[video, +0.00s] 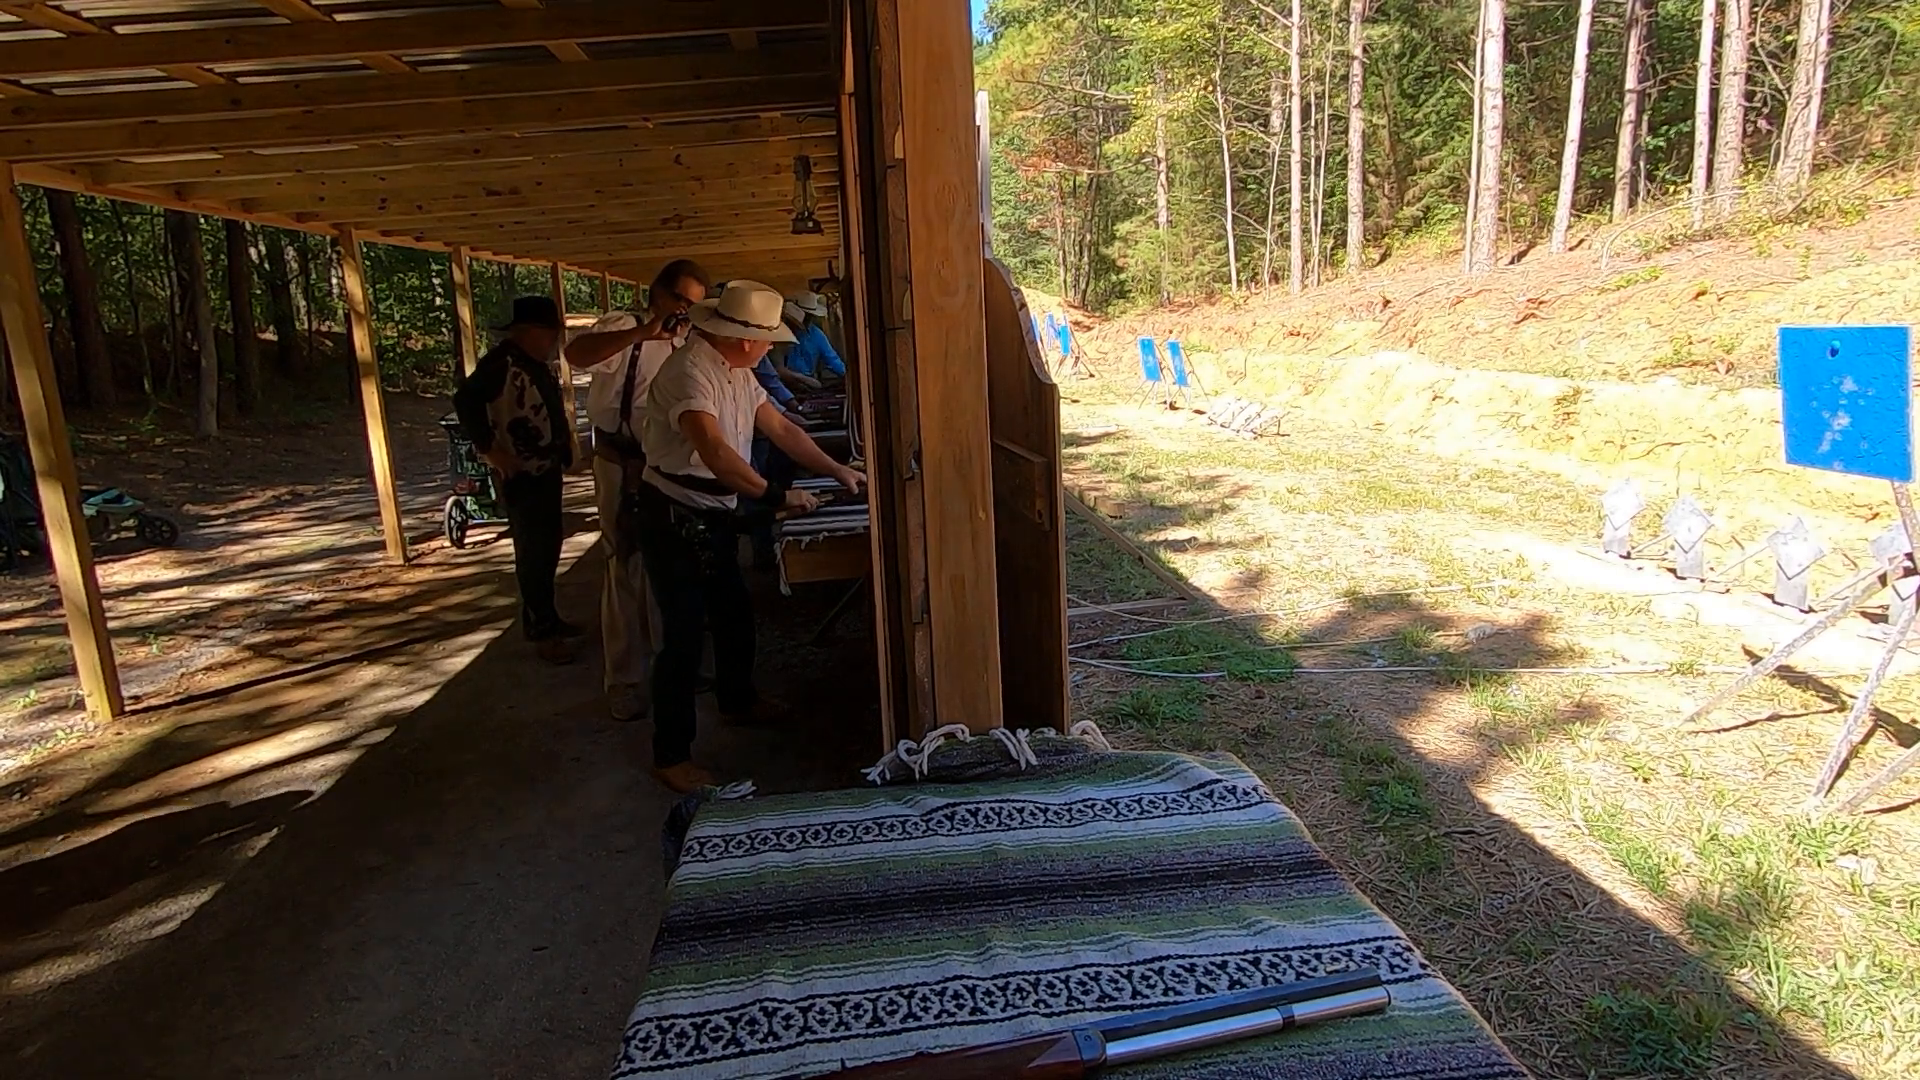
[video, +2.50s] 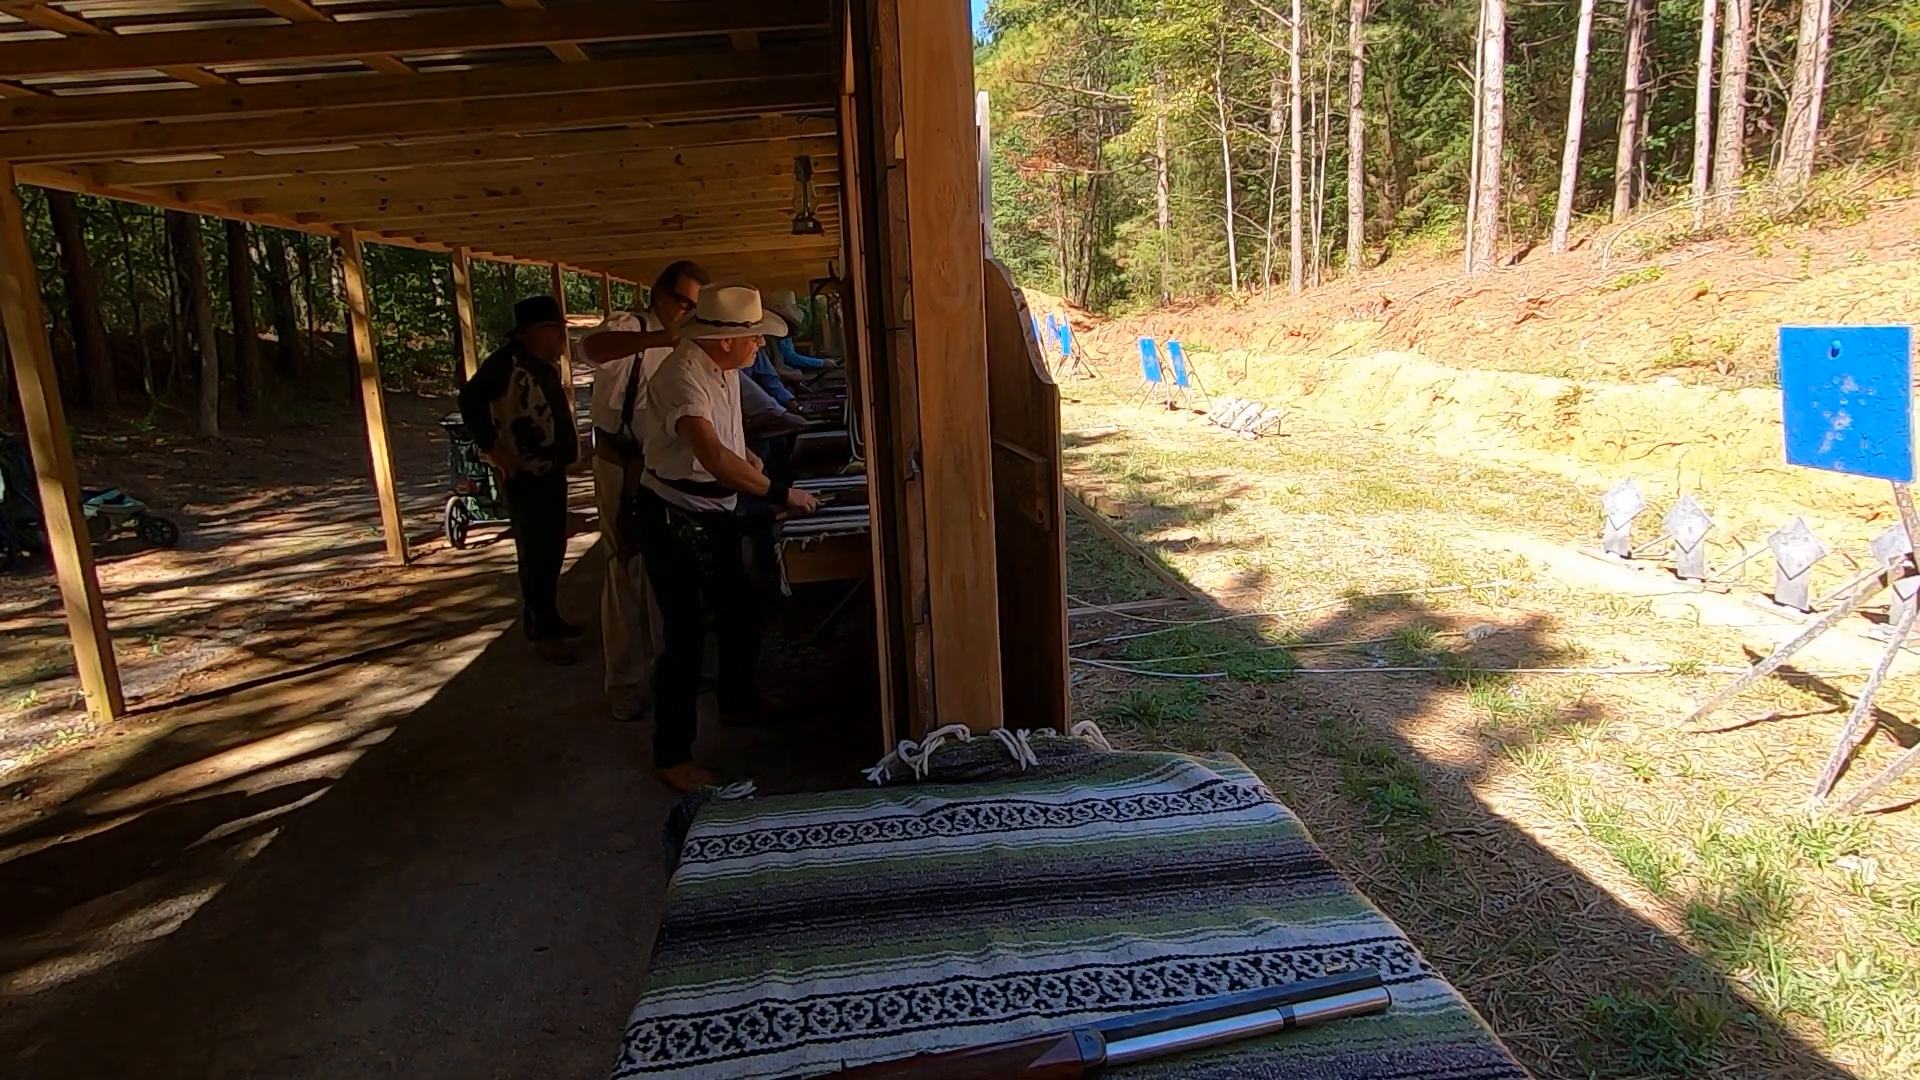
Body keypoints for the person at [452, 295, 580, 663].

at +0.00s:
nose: (557, 341)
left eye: (557, 333)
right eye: (552, 333)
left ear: (535, 331)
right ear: (531, 331)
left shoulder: (539, 363)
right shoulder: (502, 361)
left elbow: (546, 410)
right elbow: (466, 400)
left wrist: (562, 444)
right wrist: (490, 449)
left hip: (547, 471)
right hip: (522, 474)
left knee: (548, 547)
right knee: (534, 550)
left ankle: (547, 619)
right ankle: (540, 629)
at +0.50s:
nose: (560, 339)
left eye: (560, 331)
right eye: (555, 331)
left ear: (544, 332)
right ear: (535, 331)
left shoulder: (546, 364)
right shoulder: (506, 359)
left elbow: (552, 408)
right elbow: (469, 399)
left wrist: (565, 442)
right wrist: (493, 448)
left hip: (550, 472)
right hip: (524, 475)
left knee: (550, 550)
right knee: (535, 553)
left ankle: (548, 621)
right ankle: (541, 630)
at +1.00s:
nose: (562, 337)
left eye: (561, 330)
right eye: (556, 329)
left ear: (541, 331)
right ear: (535, 330)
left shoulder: (546, 365)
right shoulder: (505, 361)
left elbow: (553, 409)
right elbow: (467, 399)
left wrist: (566, 443)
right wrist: (491, 448)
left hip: (552, 472)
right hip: (525, 474)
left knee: (552, 550)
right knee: (536, 553)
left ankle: (549, 620)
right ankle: (540, 631)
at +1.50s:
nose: (559, 338)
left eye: (559, 330)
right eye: (553, 330)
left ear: (547, 332)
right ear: (531, 331)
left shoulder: (545, 364)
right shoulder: (504, 361)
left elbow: (550, 410)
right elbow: (467, 399)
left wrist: (564, 446)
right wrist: (490, 448)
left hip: (551, 472)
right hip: (525, 475)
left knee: (552, 550)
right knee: (536, 553)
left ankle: (549, 621)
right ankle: (541, 631)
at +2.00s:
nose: (563, 338)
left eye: (563, 330)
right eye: (557, 330)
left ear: (545, 332)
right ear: (534, 331)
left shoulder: (546, 365)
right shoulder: (507, 361)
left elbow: (550, 410)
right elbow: (470, 399)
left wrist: (565, 445)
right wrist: (491, 448)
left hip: (551, 472)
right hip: (525, 475)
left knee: (552, 550)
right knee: (536, 553)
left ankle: (549, 620)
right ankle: (541, 630)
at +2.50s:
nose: (563, 337)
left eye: (563, 330)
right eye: (557, 330)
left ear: (546, 333)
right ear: (534, 331)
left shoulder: (546, 366)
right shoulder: (506, 361)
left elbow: (551, 412)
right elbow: (470, 399)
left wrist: (565, 449)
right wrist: (491, 448)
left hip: (551, 473)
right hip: (525, 475)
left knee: (552, 550)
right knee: (536, 552)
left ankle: (549, 620)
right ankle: (541, 630)